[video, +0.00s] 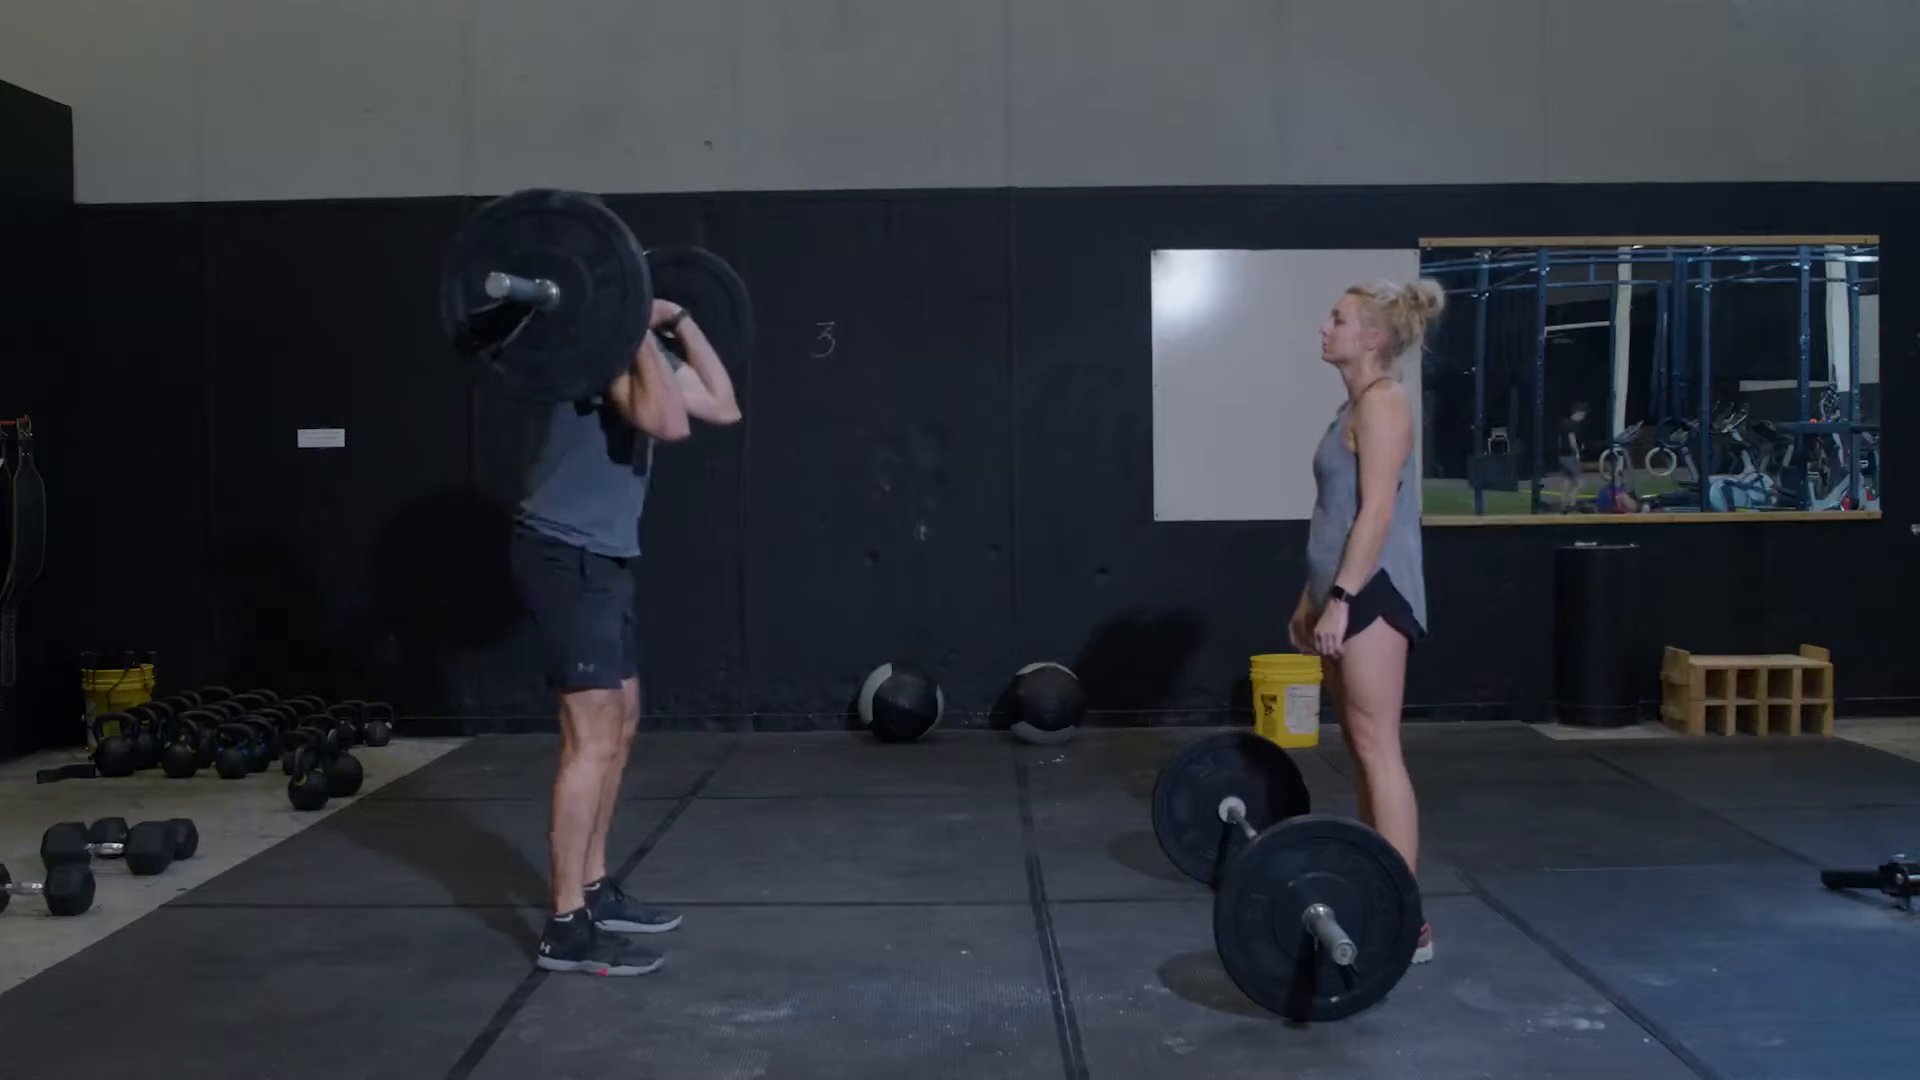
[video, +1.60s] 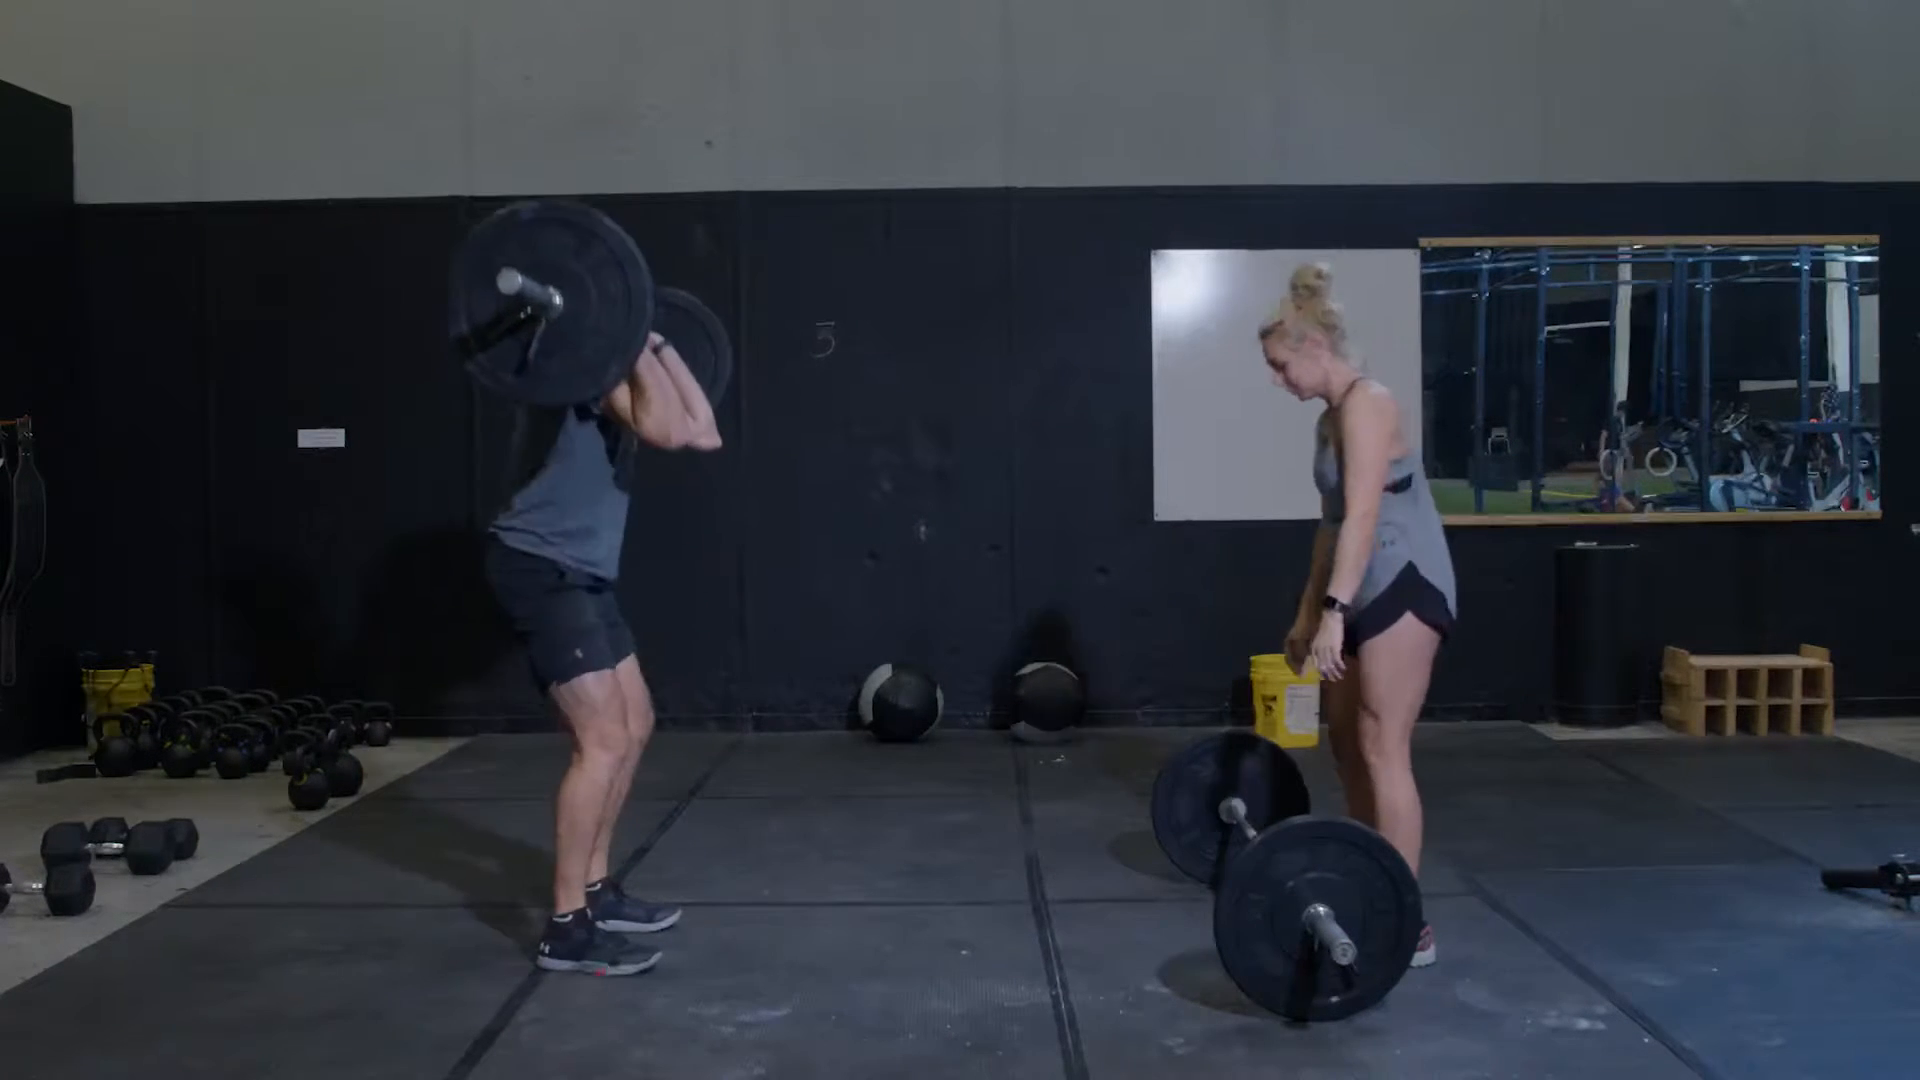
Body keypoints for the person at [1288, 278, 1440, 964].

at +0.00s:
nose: (1325, 329)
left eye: (1339, 321)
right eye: (1329, 319)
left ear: (1374, 338)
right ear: (1360, 338)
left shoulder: (1383, 404)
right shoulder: (1355, 407)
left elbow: (1377, 512)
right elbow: (1338, 515)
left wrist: (1341, 597)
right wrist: (1313, 594)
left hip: (1376, 595)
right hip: (1350, 593)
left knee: (1378, 748)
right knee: (1364, 746)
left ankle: (1402, 914)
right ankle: (1379, 901)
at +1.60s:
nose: (1279, 379)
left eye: (1282, 365)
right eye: (1274, 369)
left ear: (1318, 347)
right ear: (1312, 350)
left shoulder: (1364, 405)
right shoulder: (1337, 417)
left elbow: (1361, 519)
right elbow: (1332, 528)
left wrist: (1334, 612)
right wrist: (1308, 618)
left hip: (1401, 588)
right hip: (1365, 591)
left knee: (1382, 748)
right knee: (1348, 743)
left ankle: (1402, 919)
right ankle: (1370, 903)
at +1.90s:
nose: (1221, 503)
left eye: (1219, 489)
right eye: (1214, 493)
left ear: (1250, 462)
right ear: (1241, 471)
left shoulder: (1312, 500)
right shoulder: (1285, 519)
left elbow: (1322, 619)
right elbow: (1290, 623)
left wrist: (1314, 724)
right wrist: (1282, 718)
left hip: (1465, 600)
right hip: (1410, 611)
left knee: (1398, 746)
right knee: (1360, 739)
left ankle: (1408, 923)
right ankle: (1372, 899)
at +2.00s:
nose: (1212, 547)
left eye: (1214, 532)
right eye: (1207, 535)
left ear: (1244, 509)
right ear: (1243, 512)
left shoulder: (1303, 548)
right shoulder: (1280, 561)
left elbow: (1306, 667)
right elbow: (1280, 669)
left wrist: (1291, 771)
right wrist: (1269, 758)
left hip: (1473, 612)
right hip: (1420, 623)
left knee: (1388, 749)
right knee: (1351, 739)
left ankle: (1407, 924)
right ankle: (1368, 901)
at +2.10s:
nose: (1205, 569)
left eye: (1209, 554)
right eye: (1202, 556)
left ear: (1247, 541)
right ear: (1248, 544)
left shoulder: (1304, 578)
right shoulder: (1282, 591)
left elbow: (1299, 702)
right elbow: (1272, 700)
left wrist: (1278, 801)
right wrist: (1256, 798)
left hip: (1478, 624)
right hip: (1422, 633)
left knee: (1379, 750)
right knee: (1342, 739)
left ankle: (1406, 924)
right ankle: (1366, 899)